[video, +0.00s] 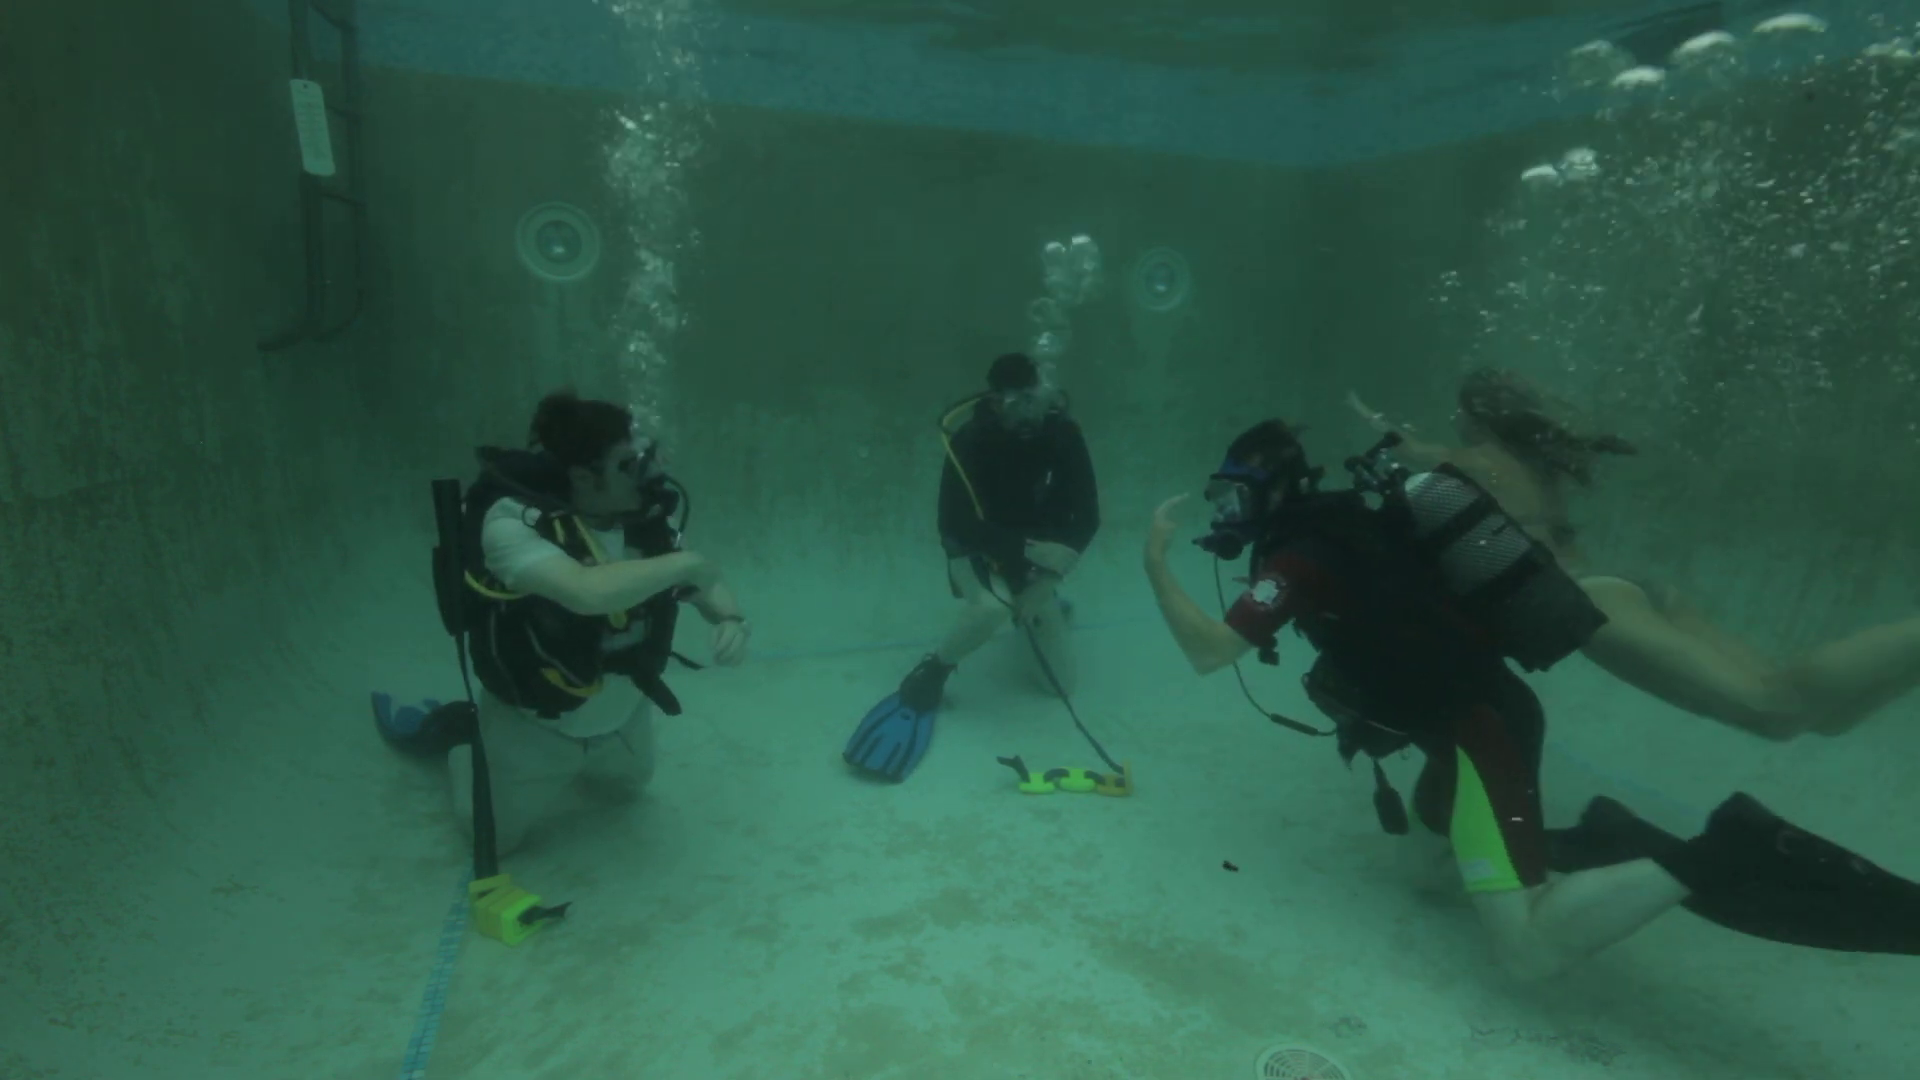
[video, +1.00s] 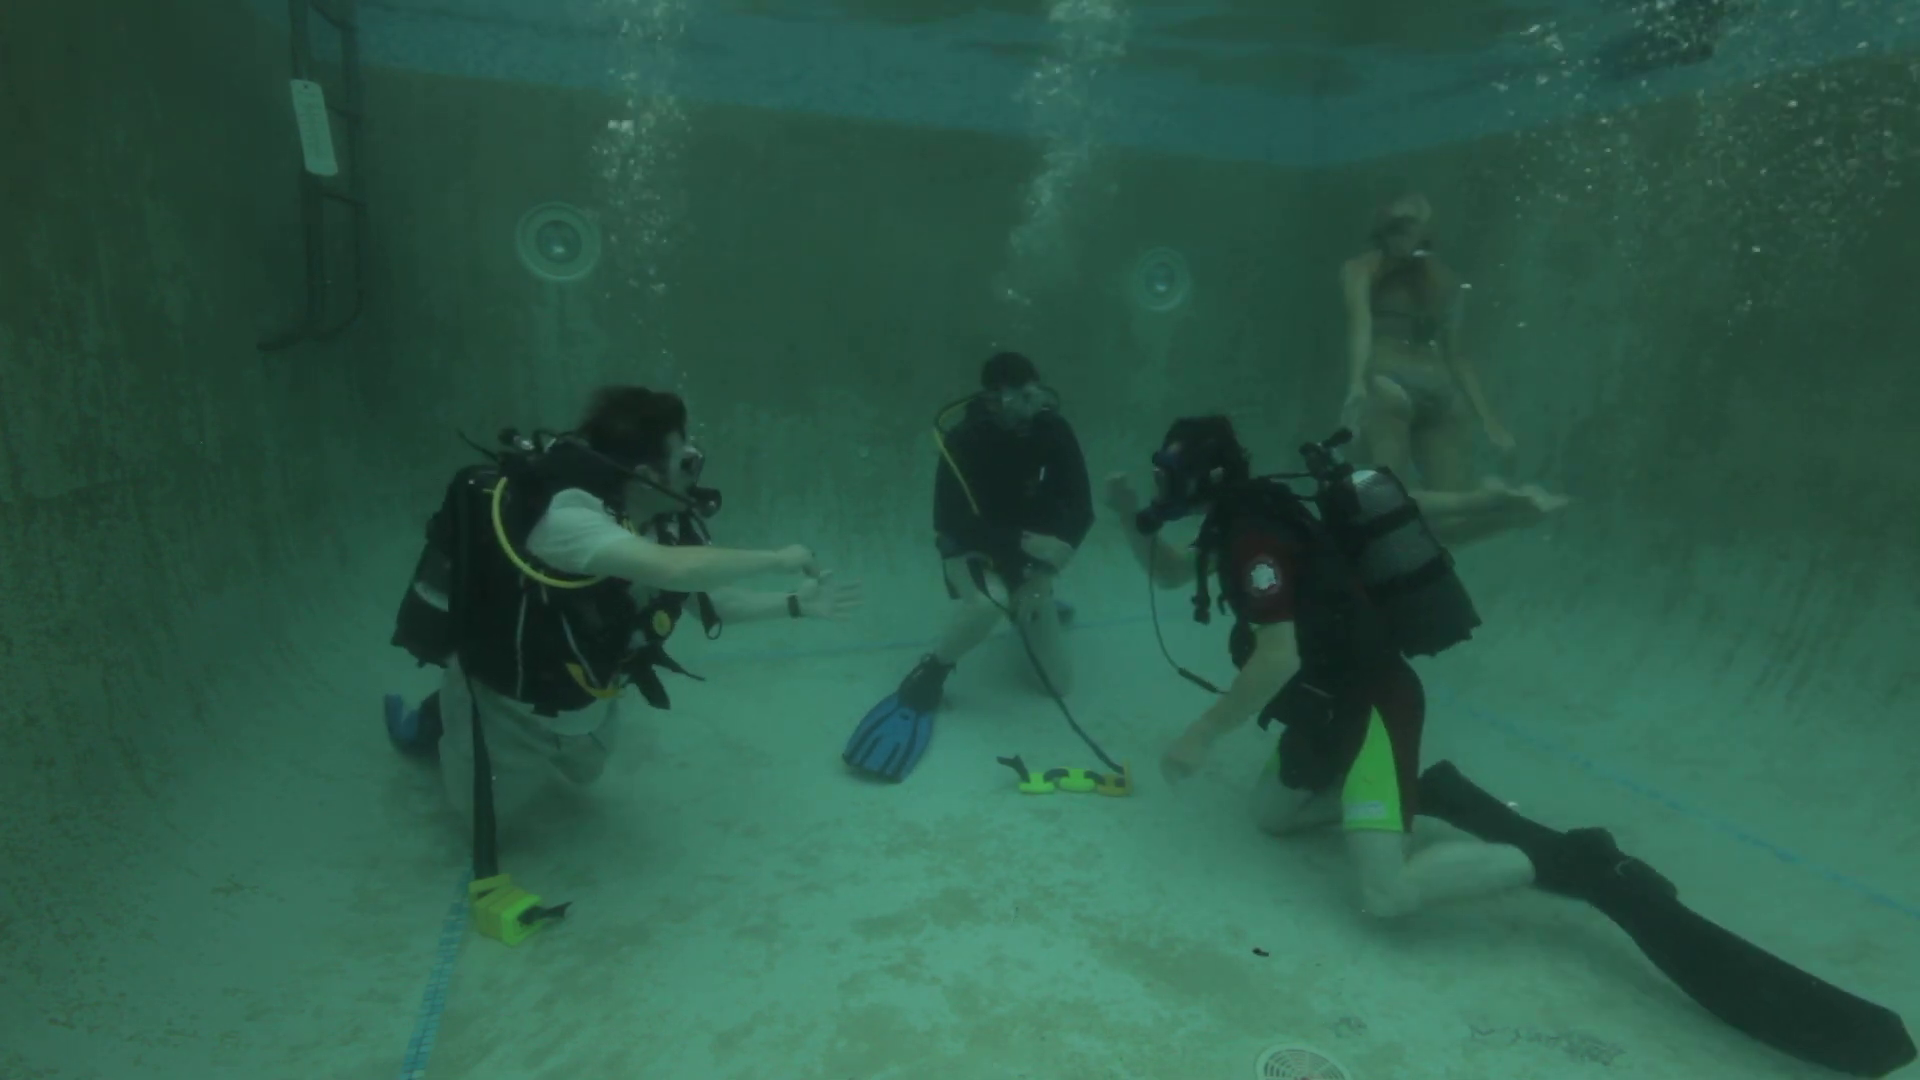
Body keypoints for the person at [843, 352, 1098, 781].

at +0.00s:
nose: (1031, 412)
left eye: (1037, 400)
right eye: (1019, 402)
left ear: (1047, 395)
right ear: (997, 402)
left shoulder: (1062, 431)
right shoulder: (972, 438)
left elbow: (1086, 513)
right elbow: (962, 524)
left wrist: (1046, 582)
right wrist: (1030, 551)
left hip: (1039, 549)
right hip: (978, 545)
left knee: (1060, 678)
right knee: (991, 609)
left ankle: (1045, 605)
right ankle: (931, 674)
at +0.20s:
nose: (1030, 409)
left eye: (1036, 396)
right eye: (1018, 399)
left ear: (1045, 392)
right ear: (995, 401)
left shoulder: (1059, 431)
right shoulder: (968, 440)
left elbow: (1084, 513)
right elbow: (958, 523)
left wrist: (1046, 575)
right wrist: (1026, 548)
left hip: (1038, 545)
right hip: (977, 544)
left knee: (1060, 679)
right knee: (990, 607)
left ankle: (1042, 605)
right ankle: (930, 676)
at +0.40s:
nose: (1024, 408)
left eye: (1030, 396)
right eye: (1012, 399)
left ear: (1040, 392)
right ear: (991, 400)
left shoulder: (1057, 431)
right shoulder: (967, 439)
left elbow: (1083, 511)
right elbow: (955, 522)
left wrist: (1047, 573)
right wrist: (1022, 548)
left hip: (1038, 551)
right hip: (978, 546)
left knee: (1061, 680)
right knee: (989, 605)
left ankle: (1041, 606)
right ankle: (927, 679)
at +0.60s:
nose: (1025, 406)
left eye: (1030, 394)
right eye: (1013, 397)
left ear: (1040, 391)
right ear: (990, 399)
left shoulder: (1056, 431)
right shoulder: (966, 439)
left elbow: (1081, 510)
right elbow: (954, 522)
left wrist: (1045, 574)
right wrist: (1023, 547)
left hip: (1034, 554)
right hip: (974, 548)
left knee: (1061, 681)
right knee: (987, 606)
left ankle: (1040, 607)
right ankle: (929, 676)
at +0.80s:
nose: (1031, 408)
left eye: (1035, 396)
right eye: (1018, 398)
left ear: (1042, 391)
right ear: (992, 401)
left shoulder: (1055, 432)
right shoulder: (965, 440)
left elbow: (1079, 510)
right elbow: (954, 522)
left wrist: (1045, 573)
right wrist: (1023, 544)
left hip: (1033, 553)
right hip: (974, 548)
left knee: (1058, 679)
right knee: (987, 605)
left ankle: (1038, 606)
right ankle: (928, 678)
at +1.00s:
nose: (1032, 404)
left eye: (1035, 394)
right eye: (1019, 396)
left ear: (1041, 390)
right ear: (992, 400)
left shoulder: (1054, 432)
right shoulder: (966, 440)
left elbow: (1078, 507)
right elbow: (956, 520)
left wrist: (1049, 565)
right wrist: (1022, 541)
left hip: (1032, 553)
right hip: (973, 548)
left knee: (1056, 679)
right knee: (986, 604)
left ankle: (1039, 608)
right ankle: (928, 677)